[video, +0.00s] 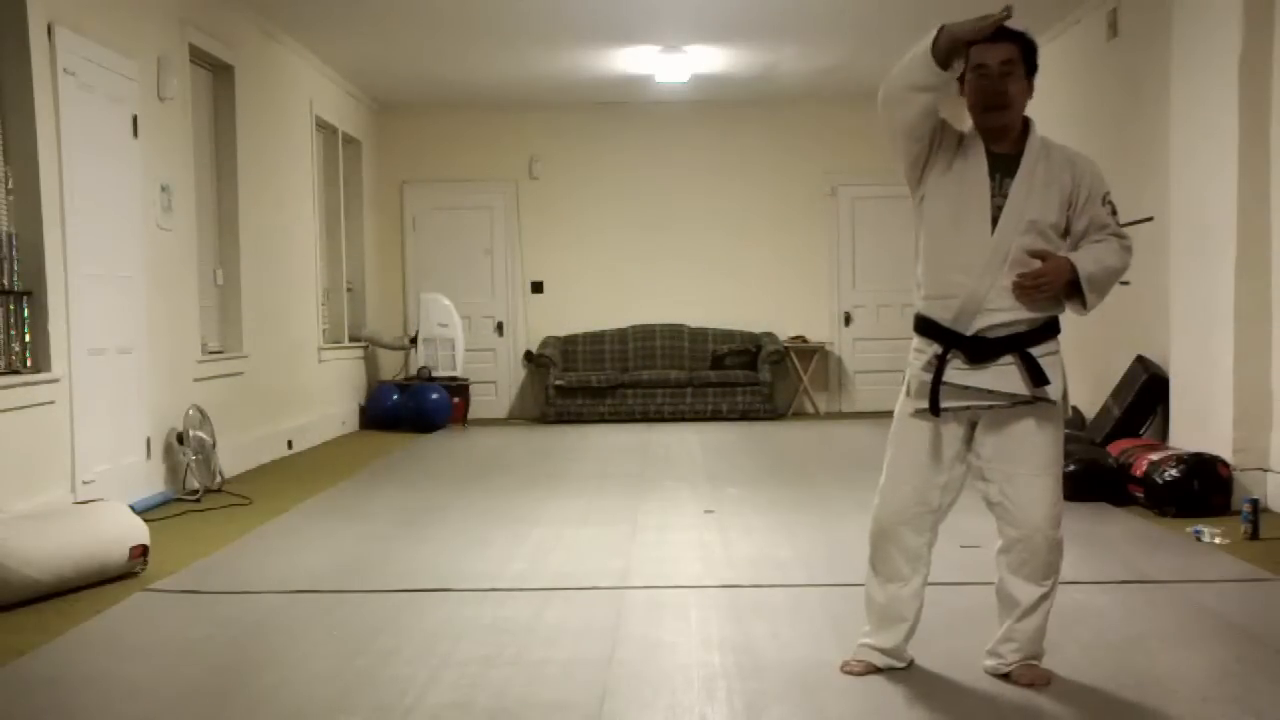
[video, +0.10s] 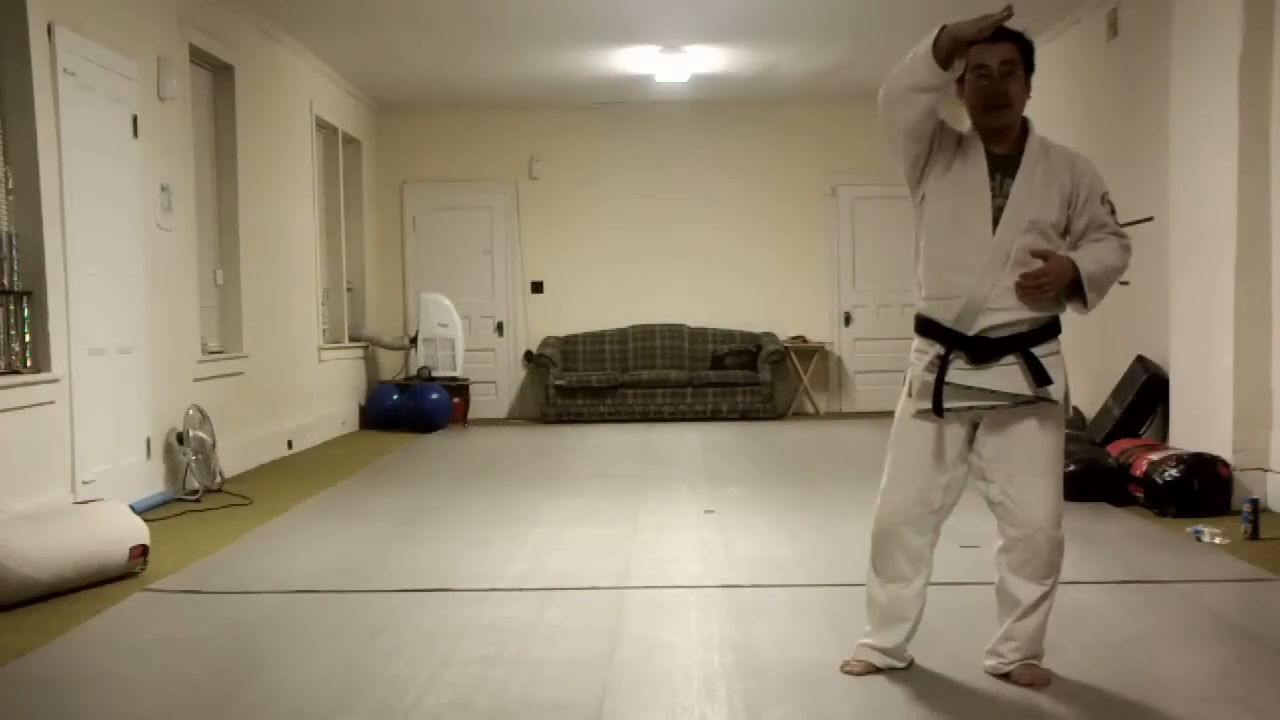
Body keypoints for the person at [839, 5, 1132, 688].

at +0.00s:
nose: (991, 83)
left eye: (1007, 70)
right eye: (978, 71)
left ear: (1029, 84)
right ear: (960, 85)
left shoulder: (1070, 171)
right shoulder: (935, 158)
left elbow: (1113, 249)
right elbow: (900, 98)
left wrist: (1074, 270)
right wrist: (951, 38)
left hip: (1026, 369)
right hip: (936, 366)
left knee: (1036, 526)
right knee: (899, 514)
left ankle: (1016, 653)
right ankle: (882, 641)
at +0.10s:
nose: (992, 84)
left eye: (1007, 70)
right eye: (978, 72)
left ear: (1028, 83)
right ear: (959, 85)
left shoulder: (1069, 170)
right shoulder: (934, 157)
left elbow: (1112, 248)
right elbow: (899, 100)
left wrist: (1075, 269)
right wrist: (949, 40)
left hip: (1028, 368)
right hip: (937, 366)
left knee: (1037, 526)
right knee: (901, 515)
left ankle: (1016, 653)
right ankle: (883, 641)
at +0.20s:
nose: (990, 84)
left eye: (1004, 71)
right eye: (975, 72)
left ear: (1025, 84)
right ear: (955, 87)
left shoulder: (1067, 169)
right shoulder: (931, 159)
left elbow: (1112, 246)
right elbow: (895, 101)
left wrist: (1075, 267)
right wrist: (942, 43)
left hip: (1027, 369)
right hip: (937, 367)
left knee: (1037, 527)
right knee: (901, 516)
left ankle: (1016, 653)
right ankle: (884, 641)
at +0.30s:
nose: (989, 85)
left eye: (1001, 72)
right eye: (972, 74)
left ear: (1019, 82)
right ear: (950, 88)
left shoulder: (1063, 168)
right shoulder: (926, 159)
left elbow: (1110, 242)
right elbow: (888, 106)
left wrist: (1072, 266)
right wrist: (933, 48)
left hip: (1027, 368)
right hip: (937, 366)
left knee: (1037, 526)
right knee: (901, 516)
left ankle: (1016, 653)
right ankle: (884, 641)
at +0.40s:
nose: (985, 83)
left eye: (996, 70)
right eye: (967, 75)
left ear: (1014, 82)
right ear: (945, 92)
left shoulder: (1061, 167)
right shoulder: (923, 160)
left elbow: (1108, 242)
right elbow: (879, 112)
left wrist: (1068, 266)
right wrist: (917, 52)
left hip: (1025, 368)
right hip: (936, 367)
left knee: (1037, 526)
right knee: (900, 517)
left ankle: (1016, 653)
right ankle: (884, 641)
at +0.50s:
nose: (981, 85)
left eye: (991, 70)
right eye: (962, 76)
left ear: (1009, 80)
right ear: (941, 94)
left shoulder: (1059, 167)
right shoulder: (918, 162)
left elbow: (1106, 241)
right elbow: (869, 119)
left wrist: (1064, 266)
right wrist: (888, 62)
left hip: (1023, 367)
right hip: (933, 366)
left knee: (1035, 525)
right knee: (900, 516)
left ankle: (1017, 653)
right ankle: (884, 641)